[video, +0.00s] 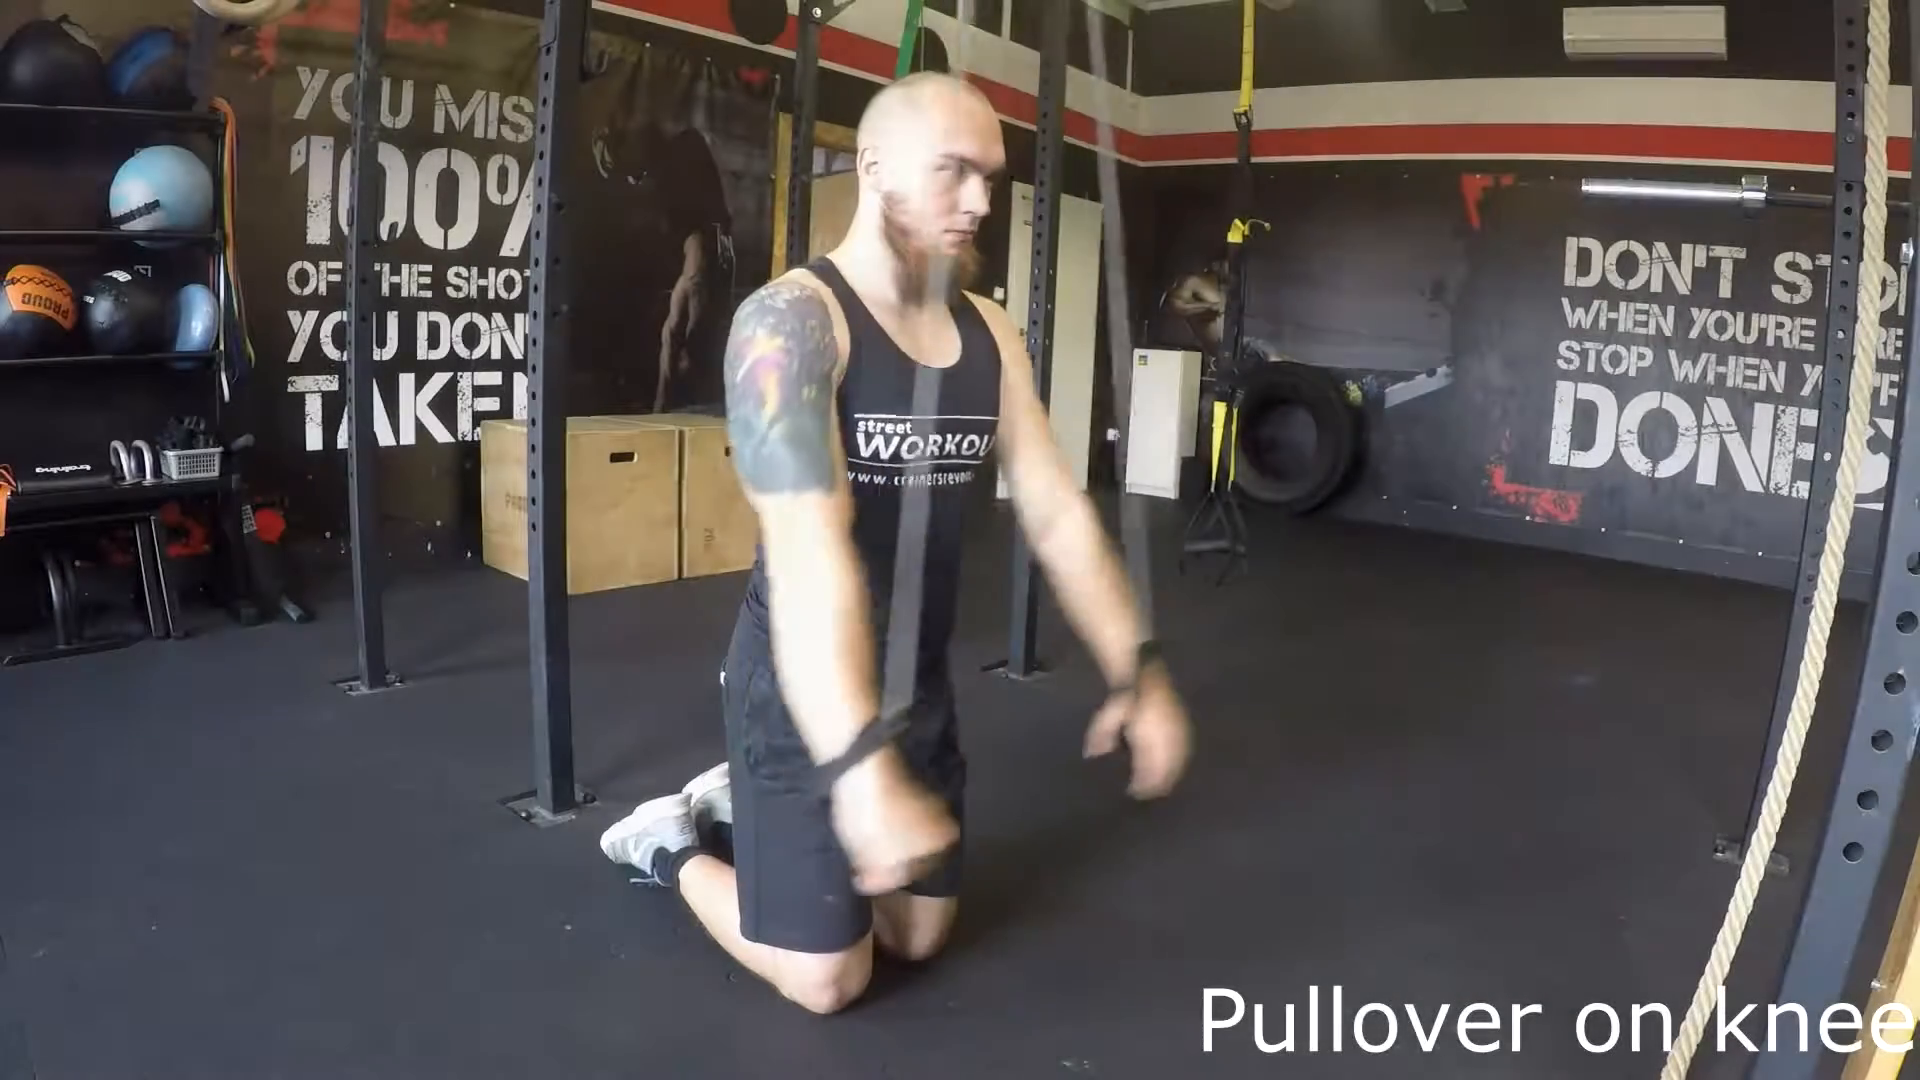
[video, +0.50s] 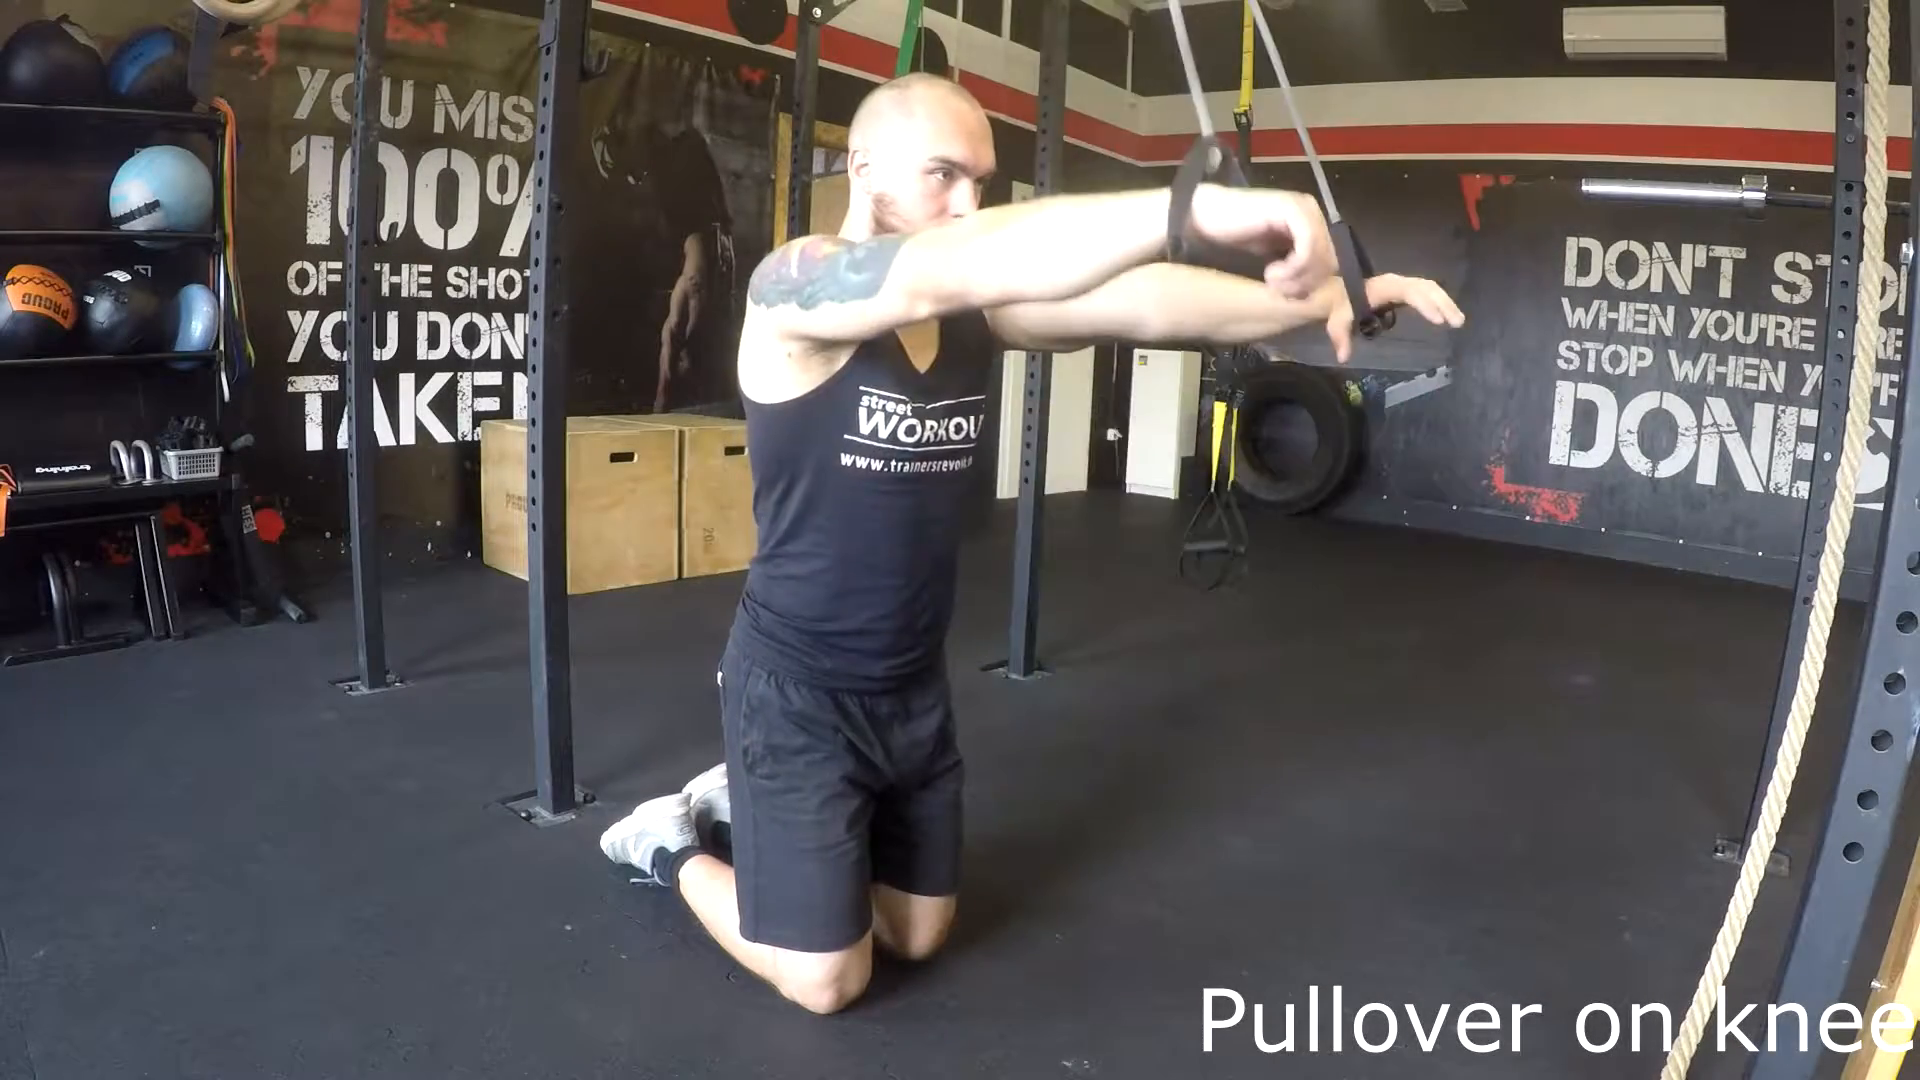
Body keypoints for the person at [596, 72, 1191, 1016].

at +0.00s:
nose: (979, 202)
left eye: (990, 178)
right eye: (955, 171)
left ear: (996, 185)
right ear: (876, 170)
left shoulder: (988, 332)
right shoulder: (789, 325)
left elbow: (1053, 505)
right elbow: (807, 561)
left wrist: (1137, 671)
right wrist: (862, 766)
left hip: (917, 680)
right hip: (801, 682)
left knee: (914, 933)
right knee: (822, 978)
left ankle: (751, 803)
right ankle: (671, 849)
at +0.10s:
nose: (972, 202)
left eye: (983, 178)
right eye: (948, 172)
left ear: (989, 185)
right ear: (871, 172)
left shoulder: (983, 322)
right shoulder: (791, 315)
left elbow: (1089, 477)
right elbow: (865, 523)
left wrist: (1211, 616)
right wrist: (979, 695)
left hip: (929, 676)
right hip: (804, 681)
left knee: (912, 934)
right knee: (823, 980)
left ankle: (745, 809)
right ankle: (673, 853)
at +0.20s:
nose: (969, 204)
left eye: (982, 182)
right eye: (945, 173)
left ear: (986, 188)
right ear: (865, 171)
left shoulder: (977, 311)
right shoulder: (788, 309)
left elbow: (1116, 418)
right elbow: (931, 444)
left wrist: (1286, 526)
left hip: (913, 684)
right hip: (797, 685)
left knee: (917, 931)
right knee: (823, 980)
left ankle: (747, 805)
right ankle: (680, 856)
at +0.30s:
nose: (965, 205)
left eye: (976, 181)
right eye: (938, 176)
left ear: (981, 184)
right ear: (859, 171)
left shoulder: (976, 307)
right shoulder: (785, 296)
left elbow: (1125, 348)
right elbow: (944, 335)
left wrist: (1328, 412)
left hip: (914, 684)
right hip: (797, 684)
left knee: (916, 931)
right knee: (821, 980)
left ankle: (750, 808)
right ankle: (675, 851)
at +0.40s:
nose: (965, 201)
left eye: (977, 180)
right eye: (940, 174)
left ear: (983, 181)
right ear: (861, 173)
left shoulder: (963, 295)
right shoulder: (791, 281)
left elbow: (1135, 314)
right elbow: (957, 269)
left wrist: (1337, 330)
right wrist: (1182, 224)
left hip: (913, 685)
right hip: (796, 686)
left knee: (915, 932)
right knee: (821, 977)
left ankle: (753, 809)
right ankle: (676, 854)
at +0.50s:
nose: (969, 201)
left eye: (980, 180)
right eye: (943, 175)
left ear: (985, 181)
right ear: (863, 176)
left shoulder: (960, 292)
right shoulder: (793, 282)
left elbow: (1133, 303)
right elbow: (967, 263)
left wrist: (1320, 312)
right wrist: (1189, 212)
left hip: (913, 683)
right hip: (797, 683)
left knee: (916, 932)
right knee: (821, 977)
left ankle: (753, 809)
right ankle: (677, 854)